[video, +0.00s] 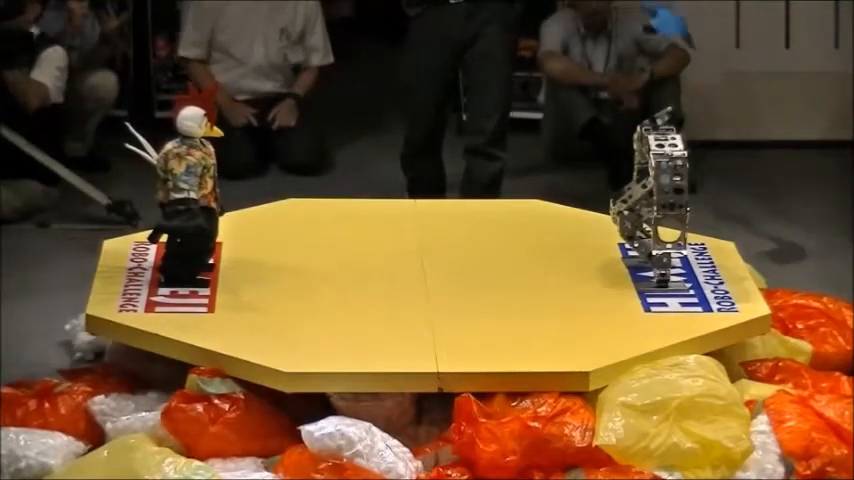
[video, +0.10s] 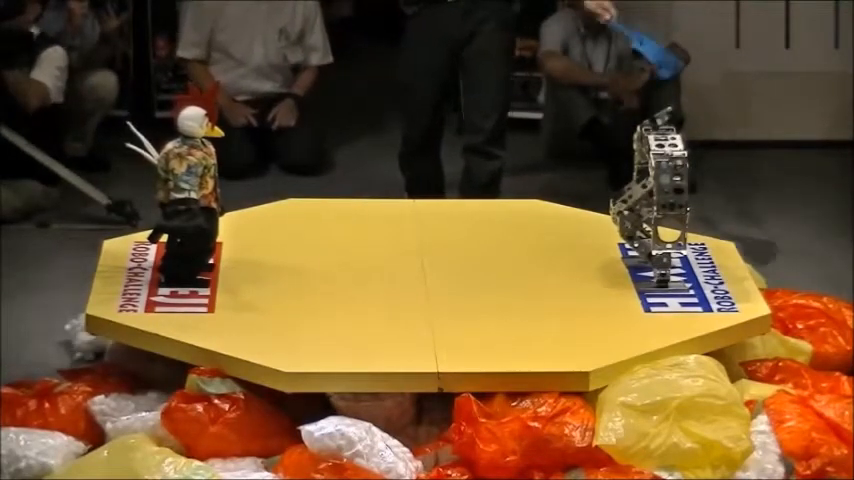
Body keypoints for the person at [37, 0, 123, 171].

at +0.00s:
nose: (79, 10)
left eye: (84, 6)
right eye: (75, 6)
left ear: (88, 8)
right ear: (66, 6)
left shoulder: (91, 24)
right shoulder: (52, 19)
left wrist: (108, 35)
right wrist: (71, 27)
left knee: (105, 82)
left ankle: (80, 148)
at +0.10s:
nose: (79, 10)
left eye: (84, 6)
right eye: (75, 6)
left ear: (88, 8)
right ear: (66, 6)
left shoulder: (91, 24)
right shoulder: (52, 20)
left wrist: (108, 35)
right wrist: (70, 27)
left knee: (105, 82)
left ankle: (81, 147)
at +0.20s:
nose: (79, 10)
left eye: (84, 6)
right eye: (75, 6)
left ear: (88, 8)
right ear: (66, 6)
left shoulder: (91, 24)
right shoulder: (52, 19)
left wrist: (108, 35)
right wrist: (71, 26)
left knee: (105, 82)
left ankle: (81, 147)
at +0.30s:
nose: (80, 10)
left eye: (84, 6)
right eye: (76, 5)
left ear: (88, 7)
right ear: (66, 6)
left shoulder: (92, 24)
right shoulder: (52, 19)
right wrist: (71, 26)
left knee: (105, 82)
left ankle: (80, 147)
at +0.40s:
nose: (79, 10)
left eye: (83, 6)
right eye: (75, 6)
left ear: (88, 8)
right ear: (66, 6)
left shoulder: (92, 24)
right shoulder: (52, 19)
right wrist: (70, 26)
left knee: (105, 82)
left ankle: (80, 147)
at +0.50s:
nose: (79, 10)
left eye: (83, 6)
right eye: (75, 6)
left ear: (88, 8)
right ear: (66, 6)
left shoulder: (92, 24)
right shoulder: (53, 19)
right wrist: (70, 27)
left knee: (105, 82)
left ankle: (81, 147)